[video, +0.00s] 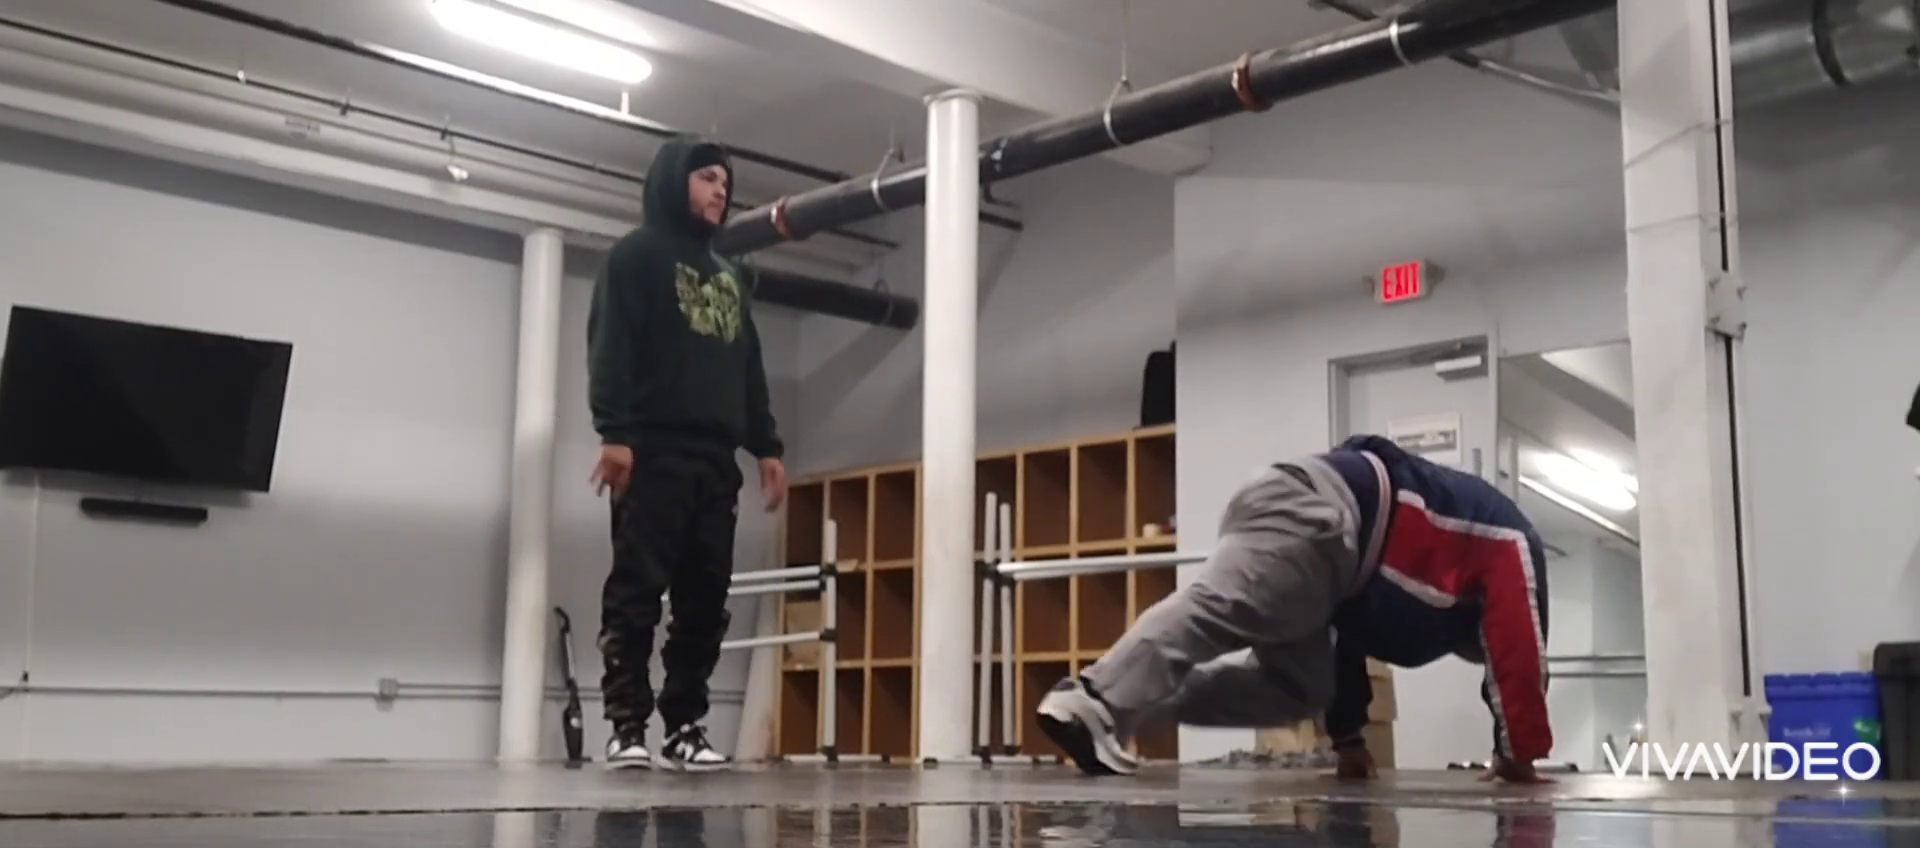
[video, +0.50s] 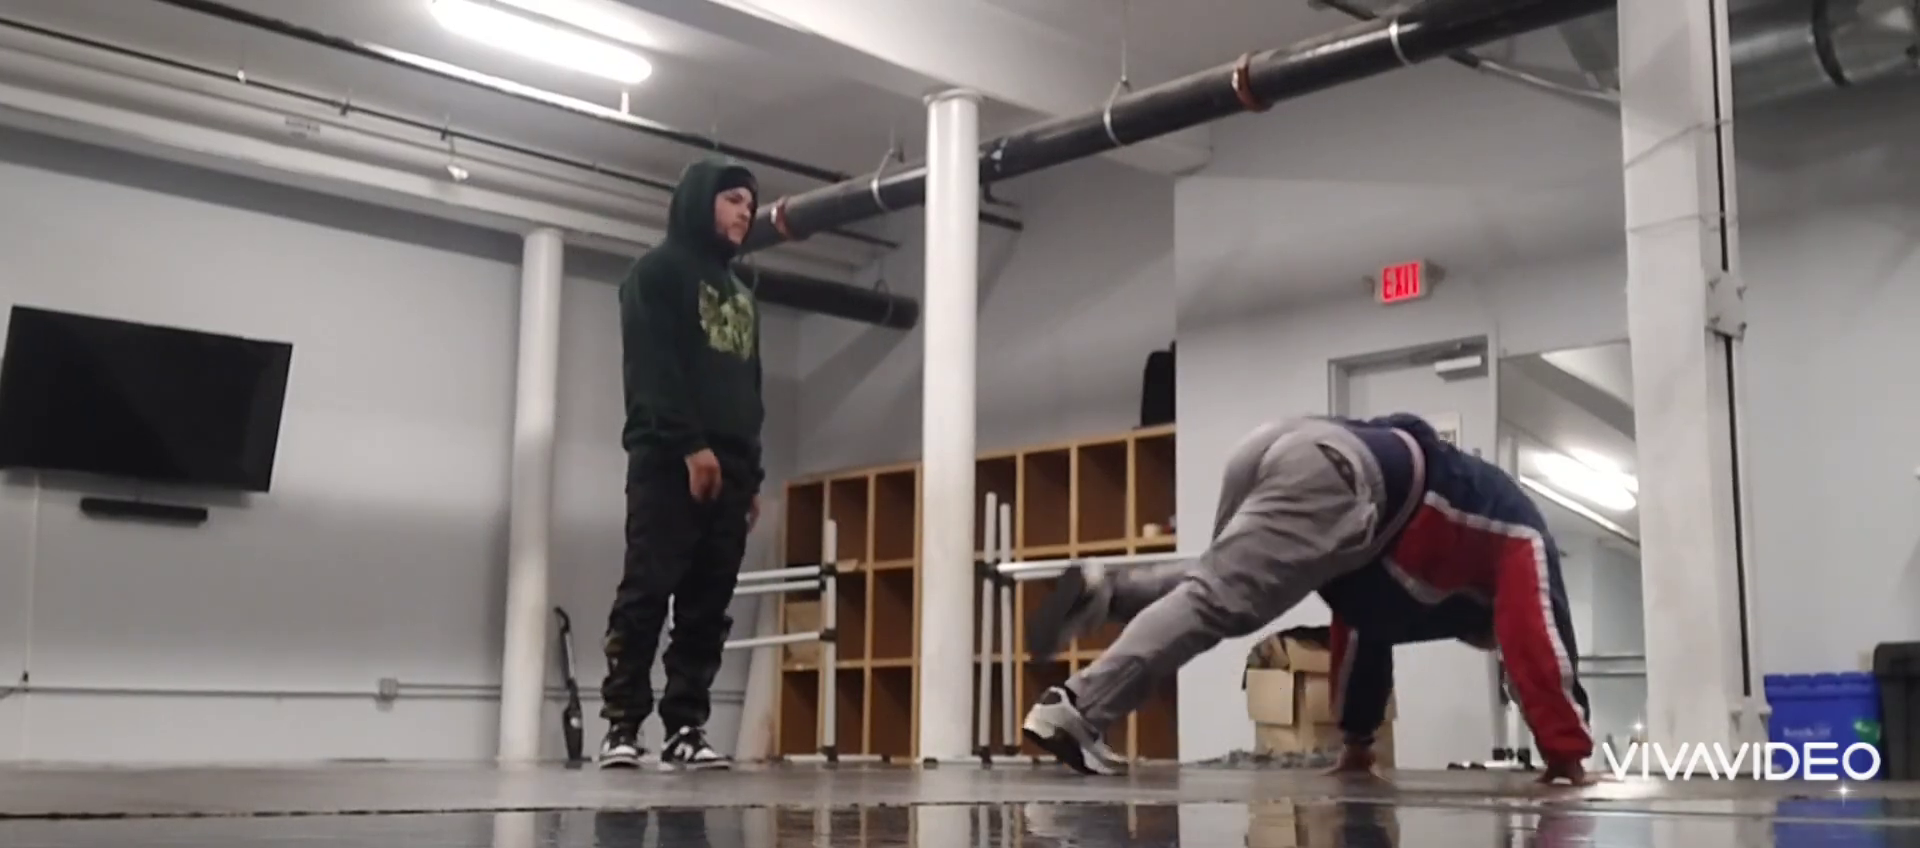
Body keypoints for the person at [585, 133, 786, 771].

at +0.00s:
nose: (720, 191)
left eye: (724, 182)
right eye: (708, 178)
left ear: (723, 194)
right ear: (673, 181)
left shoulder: (728, 273)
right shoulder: (635, 253)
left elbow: (748, 368)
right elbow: (610, 348)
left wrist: (767, 450)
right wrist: (615, 436)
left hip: (715, 455)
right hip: (651, 449)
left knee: (704, 600)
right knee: (637, 590)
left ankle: (684, 729)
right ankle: (628, 729)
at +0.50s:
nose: (743, 212)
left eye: (748, 204)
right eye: (732, 200)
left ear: (750, 216)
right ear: (699, 203)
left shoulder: (739, 290)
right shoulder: (657, 271)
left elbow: (746, 386)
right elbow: (655, 371)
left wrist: (750, 474)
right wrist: (691, 444)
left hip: (729, 462)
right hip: (664, 456)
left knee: (706, 603)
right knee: (647, 590)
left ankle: (684, 732)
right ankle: (623, 729)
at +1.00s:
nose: (729, 223)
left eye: (735, 217)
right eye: (719, 211)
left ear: (738, 230)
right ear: (686, 213)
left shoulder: (742, 304)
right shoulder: (638, 286)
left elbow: (770, 389)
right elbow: (607, 369)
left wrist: (795, 461)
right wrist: (597, 451)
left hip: (729, 473)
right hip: (661, 468)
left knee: (710, 606)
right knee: (653, 596)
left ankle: (689, 732)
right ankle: (645, 728)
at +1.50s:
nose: (705, 229)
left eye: (712, 222)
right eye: (694, 217)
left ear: (717, 234)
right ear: (663, 220)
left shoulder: (730, 309)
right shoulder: (615, 298)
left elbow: (750, 393)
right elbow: (591, 392)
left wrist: (758, 466)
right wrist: (605, 464)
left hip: (711, 479)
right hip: (641, 476)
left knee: (699, 609)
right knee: (637, 607)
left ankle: (686, 731)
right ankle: (644, 733)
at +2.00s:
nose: (718, 235)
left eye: (724, 229)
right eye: (707, 224)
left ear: (727, 242)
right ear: (677, 228)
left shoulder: (733, 315)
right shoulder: (630, 299)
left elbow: (754, 397)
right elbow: (606, 389)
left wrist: (768, 463)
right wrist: (619, 464)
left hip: (722, 486)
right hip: (652, 484)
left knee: (742, 613)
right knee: (644, 612)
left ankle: (755, 731)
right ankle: (642, 735)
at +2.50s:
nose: (789, 251)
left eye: (794, 244)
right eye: (779, 239)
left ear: (795, 255)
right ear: (748, 241)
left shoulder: (787, 325)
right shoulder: (707, 308)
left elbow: (804, 409)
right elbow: (697, 394)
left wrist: (817, 481)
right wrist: (711, 471)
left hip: (785, 489)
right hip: (730, 485)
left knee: (770, 615)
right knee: (703, 607)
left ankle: (758, 735)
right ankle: (655, 732)